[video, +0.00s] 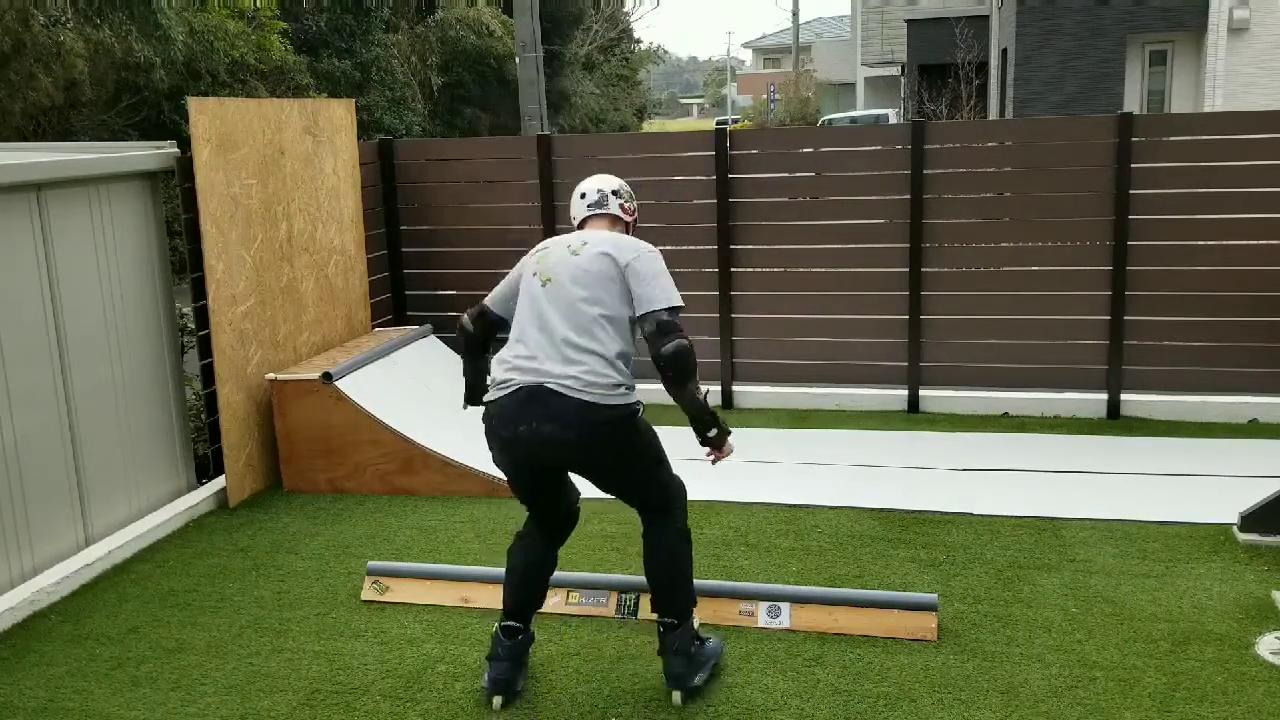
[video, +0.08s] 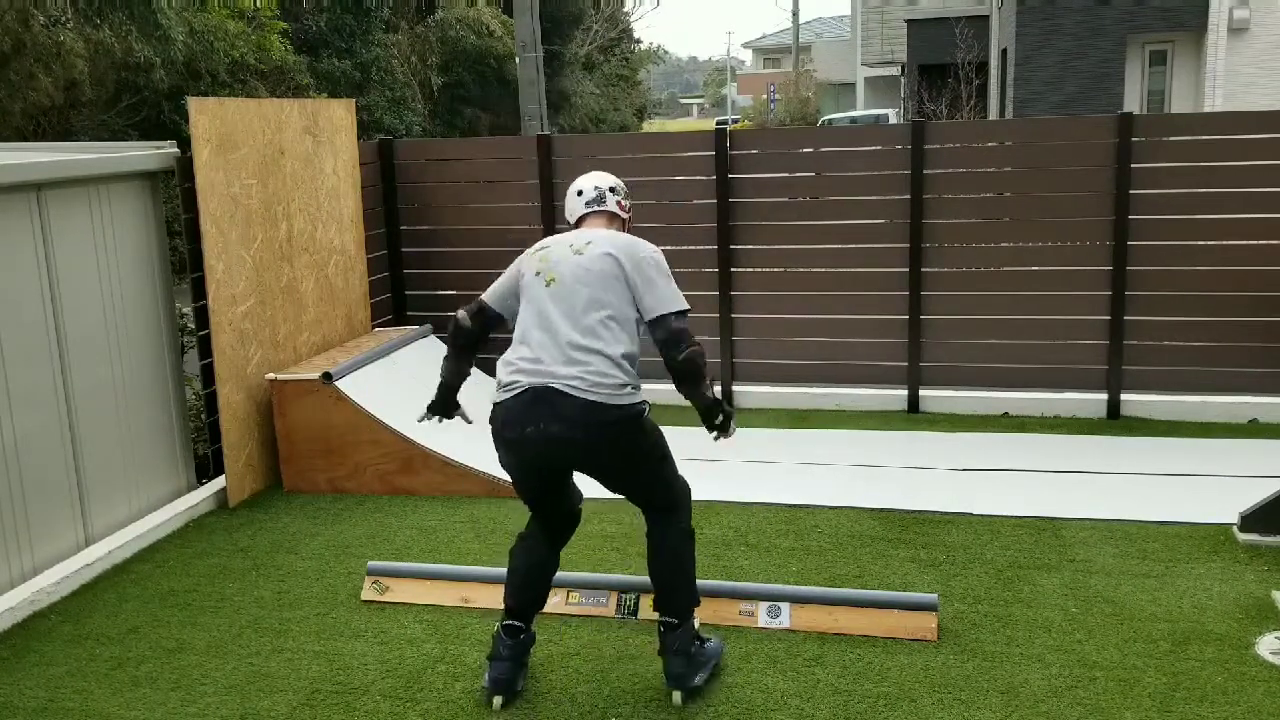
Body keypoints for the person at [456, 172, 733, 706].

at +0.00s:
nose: (634, 222)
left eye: (630, 215)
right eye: (632, 214)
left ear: (576, 218)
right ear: (627, 214)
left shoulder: (539, 254)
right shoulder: (635, 252)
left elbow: (478, 323)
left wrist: (475, 378)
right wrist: (702, 418)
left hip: (509, 411)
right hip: (593, 412)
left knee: (552, 513)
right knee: (664, 503)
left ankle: (506, 653)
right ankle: (681, 651)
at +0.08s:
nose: (630, 218)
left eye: (625, 210)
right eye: (628, 211)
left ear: (570, 219)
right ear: (621, 212)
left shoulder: (536, 254)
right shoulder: (637, 251)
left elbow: (467, 322)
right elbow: (677, 346)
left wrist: (447, 389)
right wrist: (707, 403)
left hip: (517, 413)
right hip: (602, 412)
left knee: (552, 516)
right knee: (668, 505)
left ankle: (507, 656)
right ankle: (680, 651)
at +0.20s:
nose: (533, 179)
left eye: (527, 171)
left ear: (532, 167)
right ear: (585, 154)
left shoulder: (524, 204)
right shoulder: (635, 196)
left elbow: (470, 247)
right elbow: (700, 252)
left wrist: (399, 309)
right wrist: (702, 245)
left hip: (554, 381)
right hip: (639, 376)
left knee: (550, 514)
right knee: (671, 506)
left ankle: (512, 651)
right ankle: (680, 649)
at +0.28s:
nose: (508, 148)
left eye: (506, 139)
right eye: (507, 141)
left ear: (515, 131)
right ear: (565, 114)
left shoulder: (533, 157)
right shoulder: (626, 146)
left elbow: (496, 195)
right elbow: (693, 170)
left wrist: (407, 238)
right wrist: (685, 160)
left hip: (579, 338)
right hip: (655, 332)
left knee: (552, 486)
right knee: (651, 470)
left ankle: (535, 633)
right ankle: (682, 614)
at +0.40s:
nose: (502, 130)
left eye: (500, 121)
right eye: (496, 124)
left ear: (518, 109)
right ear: (546, 92)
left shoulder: (559, 131)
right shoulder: (611, 107)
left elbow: (500, 139)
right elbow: (660, 91)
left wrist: (412, 141)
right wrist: (653, 83)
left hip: (637, 301)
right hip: (632, 295)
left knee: (570, 439)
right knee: (565, 409)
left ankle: (673, 549)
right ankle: (646, 534)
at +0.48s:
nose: (513, 144)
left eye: (511, 134)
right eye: (505, 138)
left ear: (530, 118)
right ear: (548, 110)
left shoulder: (590, 134)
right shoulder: (583, 120)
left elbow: (556, 152)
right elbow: (621, 116)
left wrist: (450, 153)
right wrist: (629, 113)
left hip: (663, 302)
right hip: (606, 306)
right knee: (562, 415)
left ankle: (724, 534)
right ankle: (598, 525)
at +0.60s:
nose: (521, 221)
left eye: (521, 211)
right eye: (515, 214)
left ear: (543, 193)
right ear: (543, 191)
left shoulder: (615, 191)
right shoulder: (551, 209)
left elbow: (637, 261)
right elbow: (543, 241)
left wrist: (542, 285)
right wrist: (523, 266)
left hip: (684, 322)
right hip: (610, 323)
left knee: (701, 446)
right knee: (570, 437)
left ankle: (734, 554)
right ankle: (562, 546)